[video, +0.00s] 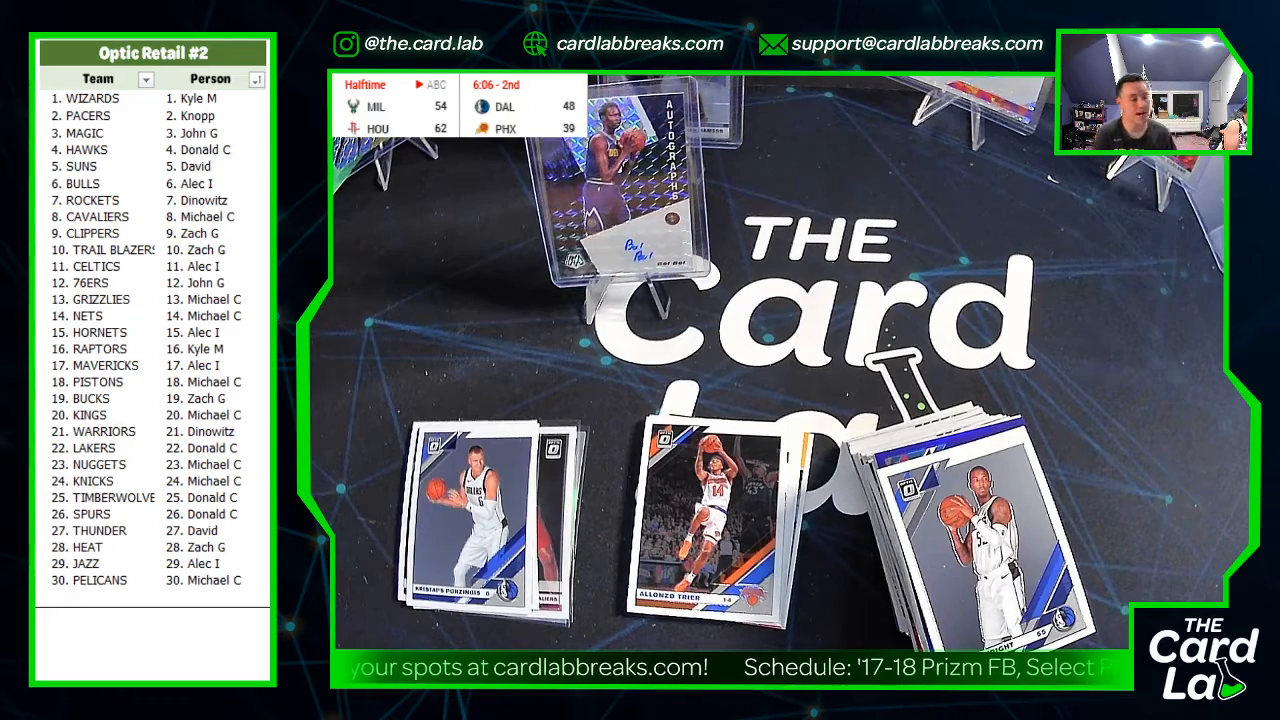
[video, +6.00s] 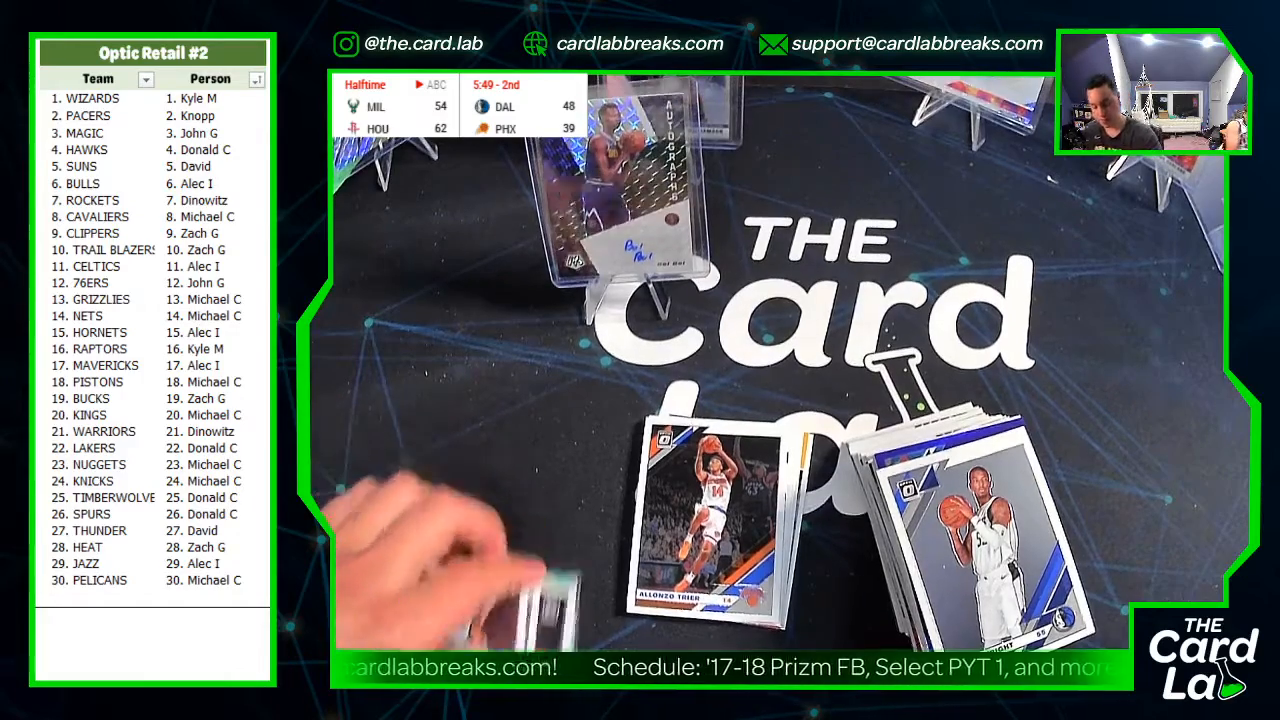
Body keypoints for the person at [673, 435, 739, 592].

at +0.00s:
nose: (714, 463)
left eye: (717, 461)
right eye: (713, 461)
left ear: (721, 465)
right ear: (710, 465)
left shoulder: (727, 476)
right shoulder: (706, 476)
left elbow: (734, 469)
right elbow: (699, 471)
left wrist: (721, 452)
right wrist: (700, 451)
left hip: (721, 513)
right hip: (706, 507)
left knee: (707, 549)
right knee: (704, 511)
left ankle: (688, 578)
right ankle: (688, 540)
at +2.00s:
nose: (714, 463)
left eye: (717, 461)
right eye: (713, 461)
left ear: (721, 465)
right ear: (710, 465)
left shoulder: (727, 476)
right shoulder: (706, 477)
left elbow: (734, 468)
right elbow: (698, 470)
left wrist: (722, 452)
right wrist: (700, 451)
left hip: (721, 513)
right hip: (706, 507)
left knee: (707, 550)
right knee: (704, 511)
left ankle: (689, 578)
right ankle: (688, 539)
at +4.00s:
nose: (714, 463)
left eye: (717, 461)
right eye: (713, 461)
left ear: (721, 465)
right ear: (710, 465)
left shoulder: (727, 476)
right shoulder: (706, 476)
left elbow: (734, 469)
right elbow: (699, 470)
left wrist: (722, 452)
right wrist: (700, 451)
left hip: (721, 513)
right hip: (707, 507)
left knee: (707, 550)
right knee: (704, 511)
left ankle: (688, 579)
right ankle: (688, 540)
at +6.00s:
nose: (714, 464)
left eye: (717, 462)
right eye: (712, 461)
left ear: (721, 466)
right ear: (709, 465)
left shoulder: (727, 476)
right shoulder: (705, 477)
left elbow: (734, 469)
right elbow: (698, 471)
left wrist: (721, 452)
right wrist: (700, 451)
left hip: (720, 512)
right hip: (706, 507)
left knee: (707, 550)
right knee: (704, 512)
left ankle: (689, 578)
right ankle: (688, 540)